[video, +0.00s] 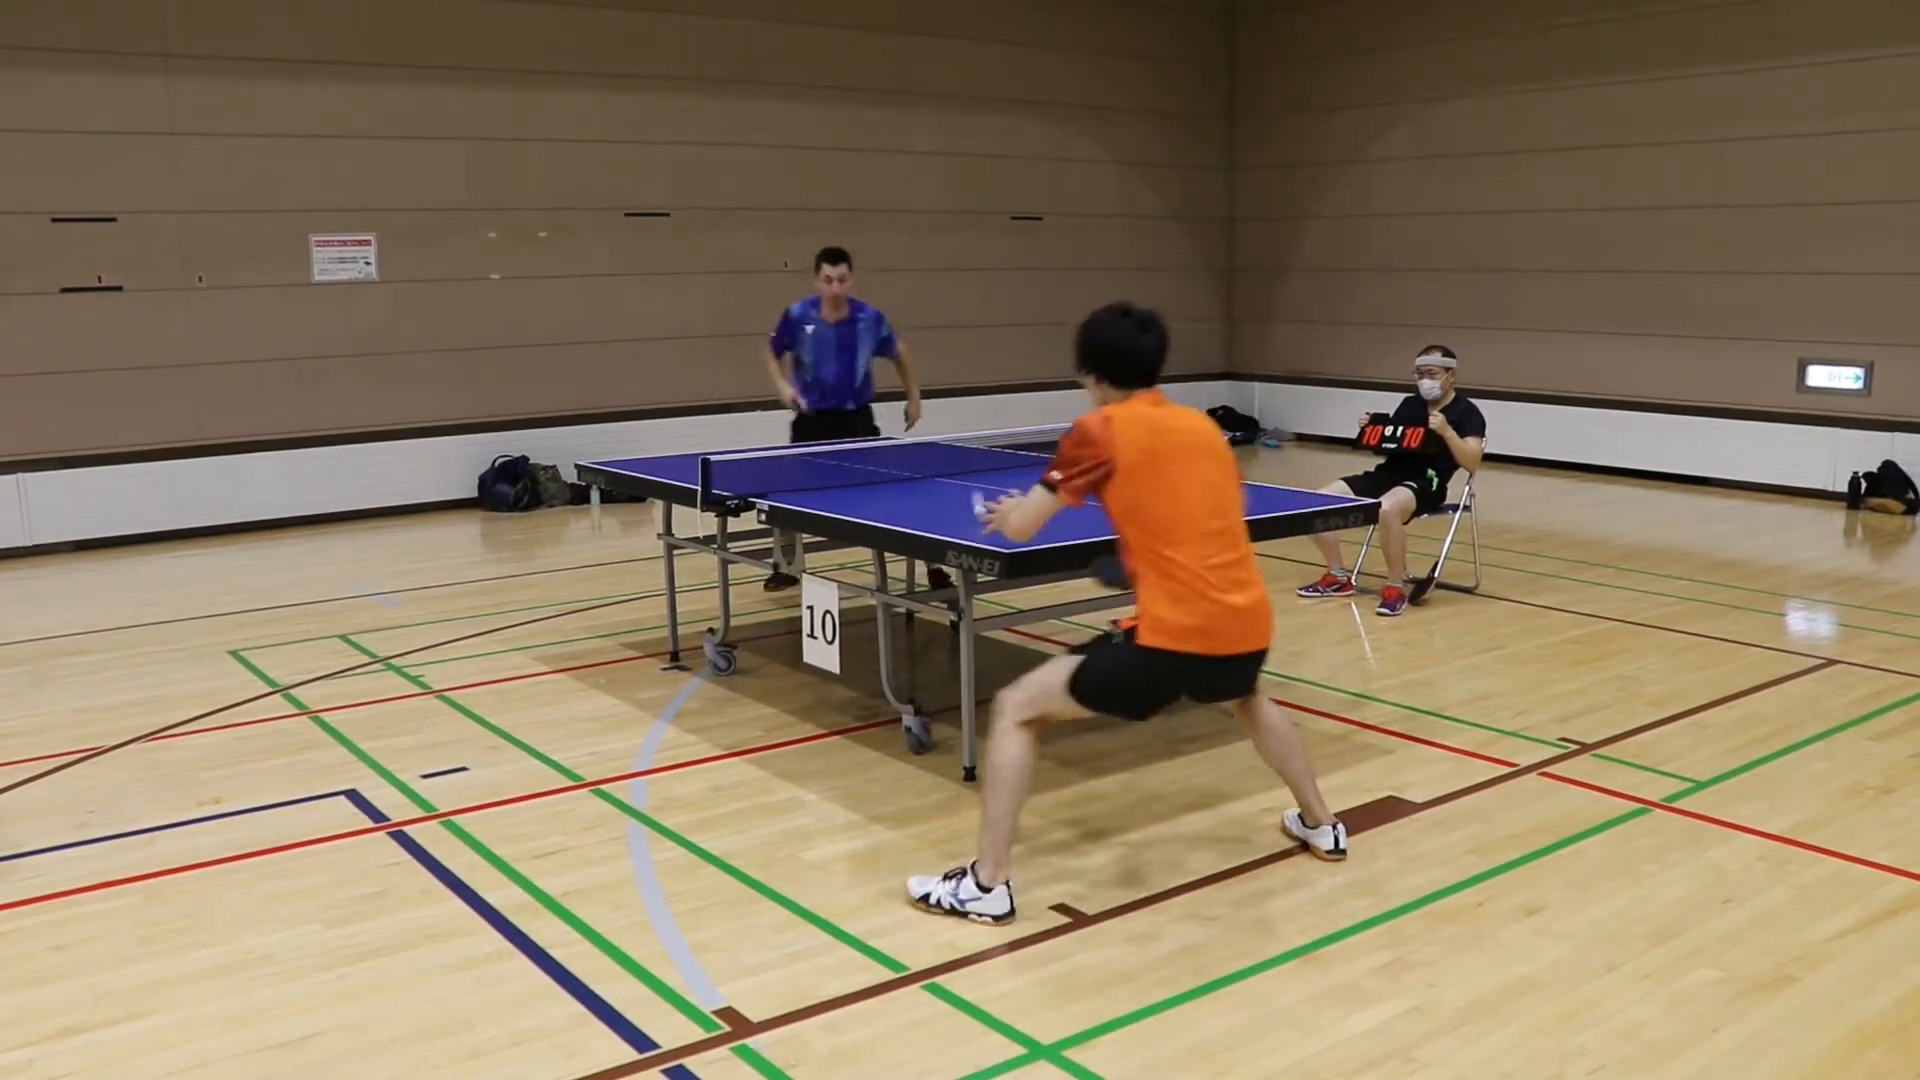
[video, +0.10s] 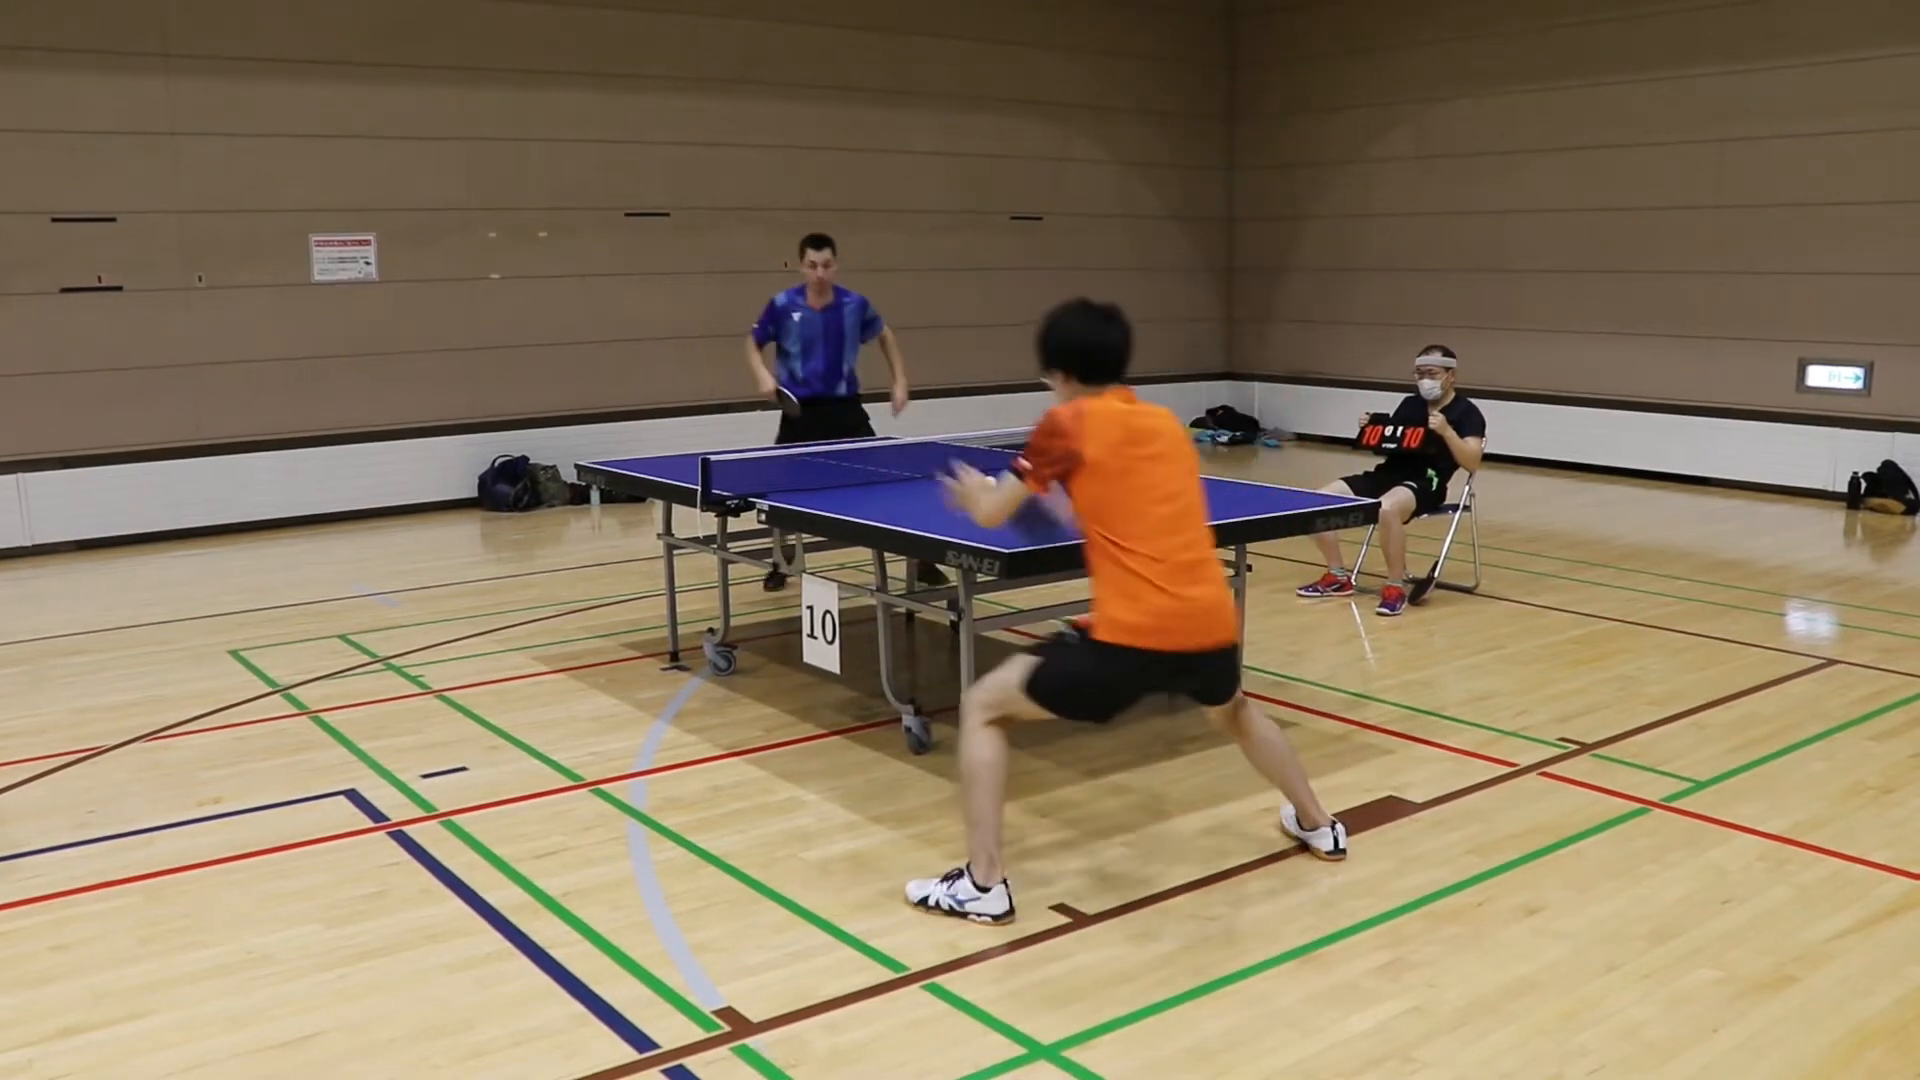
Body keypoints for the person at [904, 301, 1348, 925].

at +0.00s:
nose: (1082, 384)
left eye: (1083, 373)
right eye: (1082, 373)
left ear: (1095, 374)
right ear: (1155, 369)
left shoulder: (1100, 430)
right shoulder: (1205, 427)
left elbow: (1021, 529)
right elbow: (1224, 512)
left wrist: (1007, 514)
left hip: (1168, 644)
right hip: (1248, 637)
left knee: (1015, 707)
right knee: (1250, 698)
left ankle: (987, 880)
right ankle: (1322, 824)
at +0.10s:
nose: (1048, 384)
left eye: (1049, 372)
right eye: (1048, 372)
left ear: (1062, 372)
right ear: (1121, 364)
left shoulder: (1068, 421)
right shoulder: (1168, 422)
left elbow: (995, 512)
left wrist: (978, 499)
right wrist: (1063, 497)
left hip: (1128, 640)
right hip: (1213, 636)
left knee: (983, 706)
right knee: (1236, 711)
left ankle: (982, 880)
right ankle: (1317, 823)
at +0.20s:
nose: (1014, 366)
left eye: (1015, 354)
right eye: (1015, 354)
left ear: (1027, 355)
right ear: (1090, 345)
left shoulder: (1033, 404)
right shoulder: (1133, 409)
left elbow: (944, 492)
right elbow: (1134, 523)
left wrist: (900, 471)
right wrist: (1056, 590)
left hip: (1078, 624)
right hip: (1171, 616)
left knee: (946, 691)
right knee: (1235, 716)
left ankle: (960, 865)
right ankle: (1315, 821)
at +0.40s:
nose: (977, 363)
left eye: (979, 353)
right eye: (984, 352)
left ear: (987, 359)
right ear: (1055, 355)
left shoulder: (977, 431)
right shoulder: (1104, 423)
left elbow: (913, 553)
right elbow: (1184, 479)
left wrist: (884, 562)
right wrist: (1143, 424)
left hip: (1017, 647)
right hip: (1111, 641)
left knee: (906, 739)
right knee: (1165, 748)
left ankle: (850, 900)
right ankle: (1261, 874)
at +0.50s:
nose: (1010, 346)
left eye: (1012, 337)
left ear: (1018, 344)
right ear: (1090, 342)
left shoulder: (993, 421)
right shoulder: (1134, 419)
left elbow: (922, 544)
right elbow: (1203, 517)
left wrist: (925, 542)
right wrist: (1158, 464)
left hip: (1025, 644)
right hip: (1126, 642)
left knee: (920, 743)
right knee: (1194, 749)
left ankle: (851, 901)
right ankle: (1281, 895)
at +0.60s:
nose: (1061, 319)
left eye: (1066, 309)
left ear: (1071, 315)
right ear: (1145, 317)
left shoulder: (1038, 388)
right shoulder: (1184, 399)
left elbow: (966, 500)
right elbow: (1228, 527)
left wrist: (1032, 509)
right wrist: (1174, 486)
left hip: (1056, 618)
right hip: (1163, 614)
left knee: (956, 733)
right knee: (1266, 718)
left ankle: (878, 889)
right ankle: (1316, 887)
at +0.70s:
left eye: (1131, 310)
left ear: (1132, 317)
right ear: (1208, 322)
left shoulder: (1089, 389)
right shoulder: (1239, 416)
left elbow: (1036, 500)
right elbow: (1263, 561)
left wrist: (1106, 512)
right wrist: (1238, 541)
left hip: (1085, 627)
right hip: (1192, 630)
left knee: (1007, 740)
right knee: (1288, 748)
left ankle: (969, 886)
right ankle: (1372, 909)